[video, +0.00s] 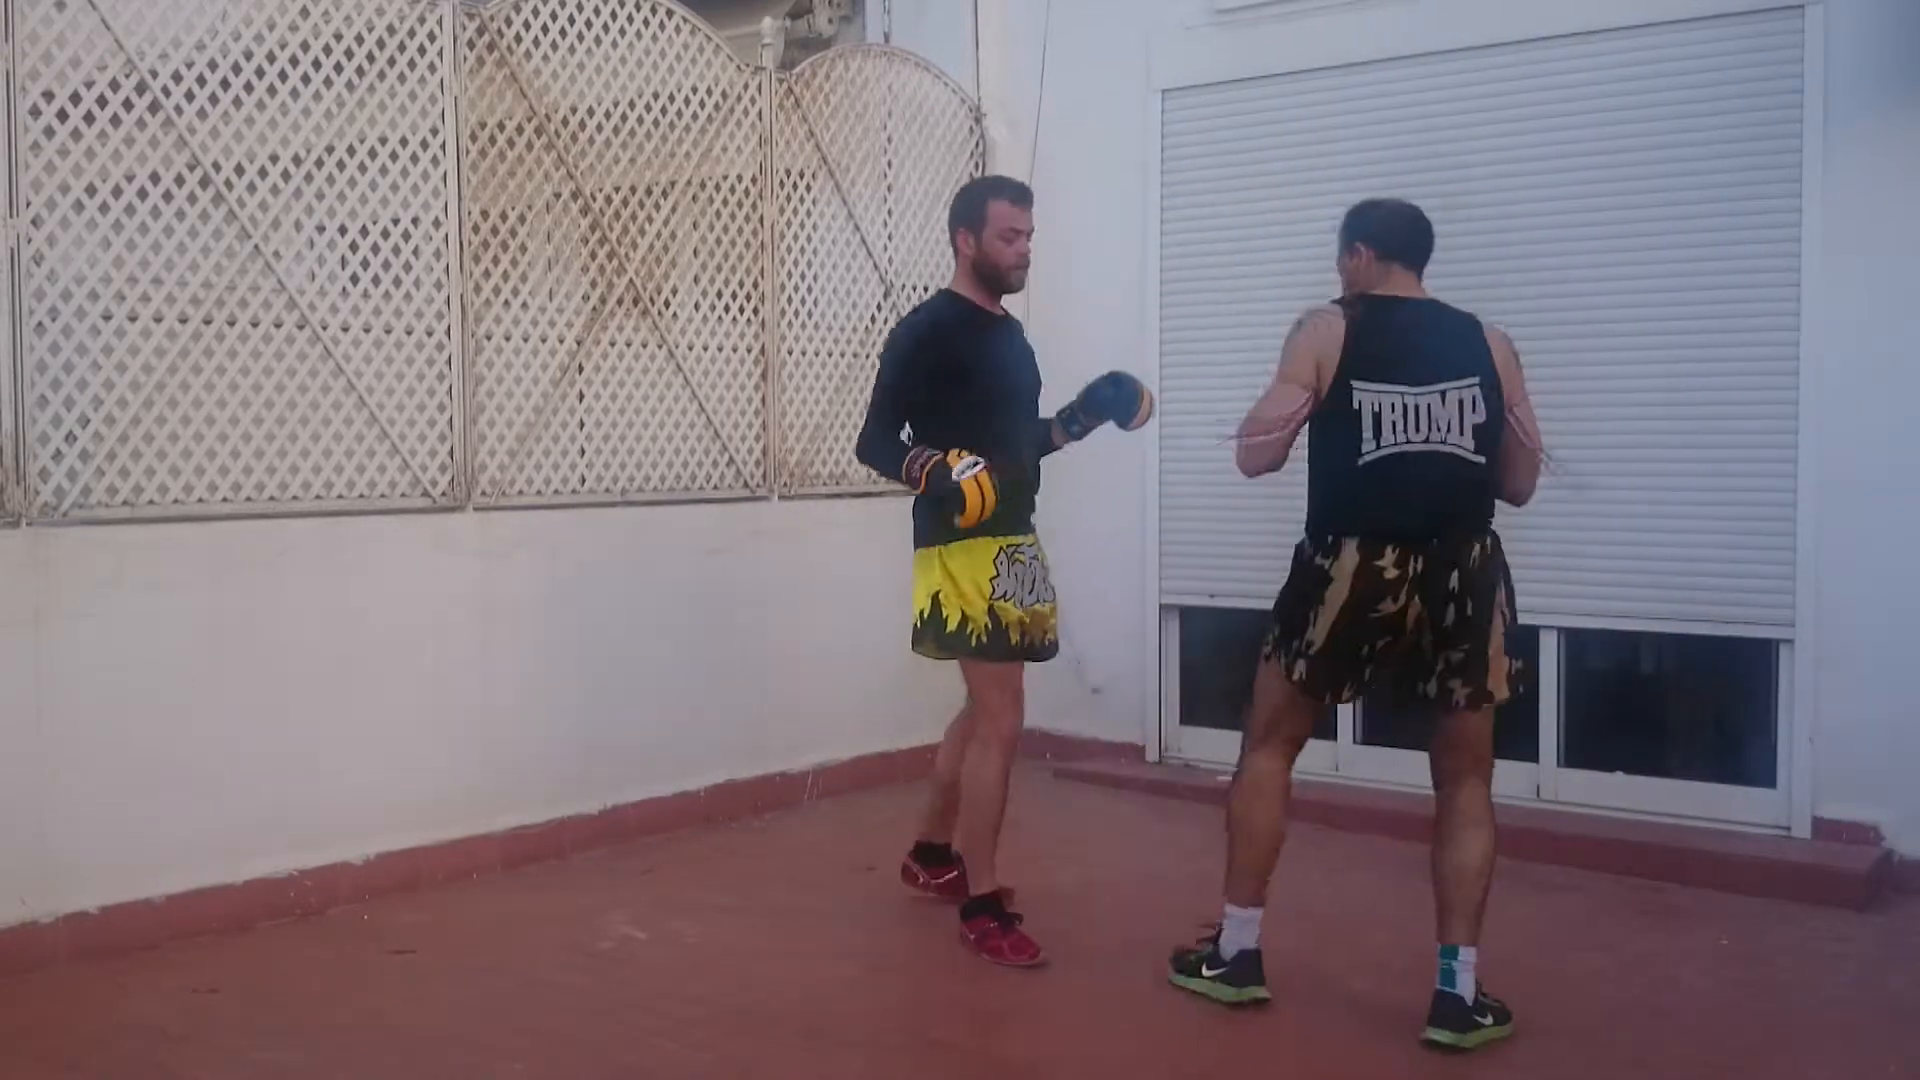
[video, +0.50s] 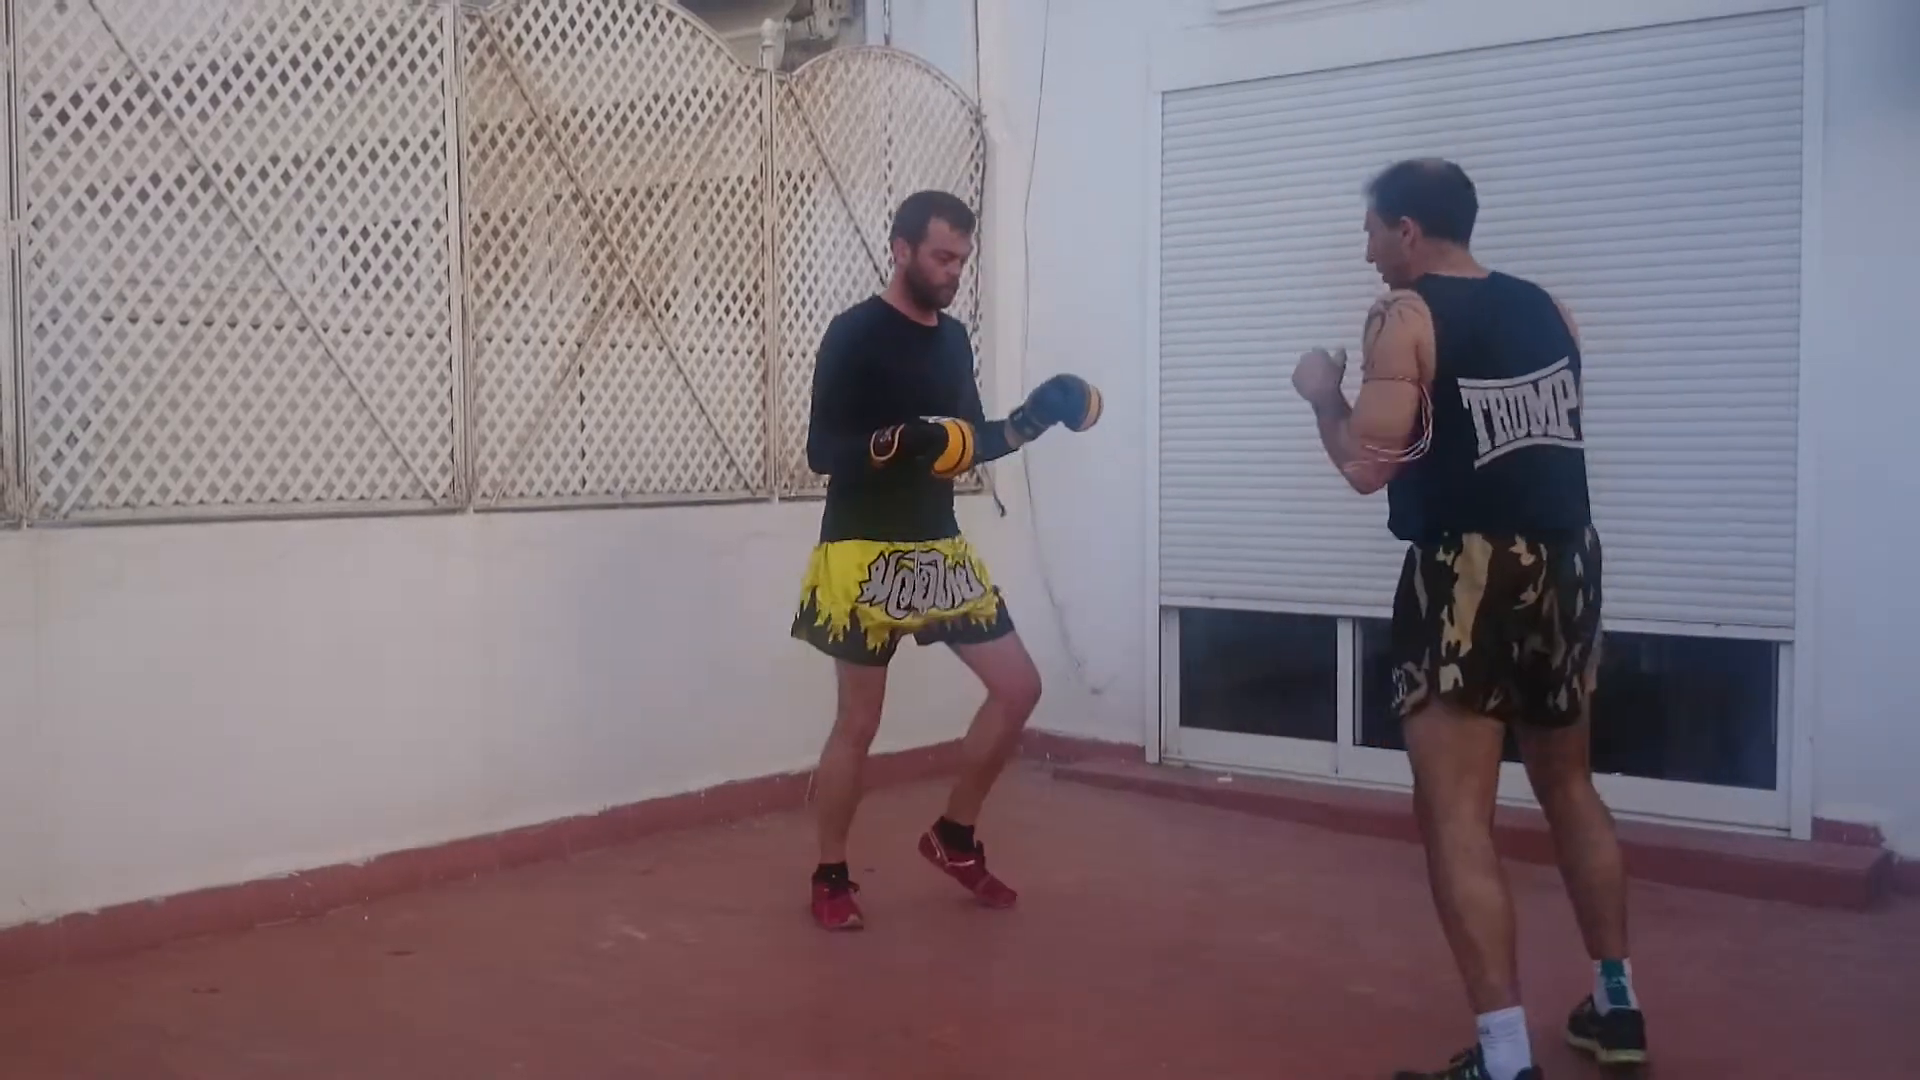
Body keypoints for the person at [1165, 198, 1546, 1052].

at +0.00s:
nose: (1338, 272)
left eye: (1340, 258)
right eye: (1340, 259)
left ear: (1362, 256)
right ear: (1424, 262)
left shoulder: (1327, 329)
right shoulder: (1489, 343)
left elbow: (1256, 454)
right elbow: (1520, 483)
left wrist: (1312, 394)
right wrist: (1471, 413)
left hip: (1348, 570)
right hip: (1464, 577)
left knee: (1271, 749)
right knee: (1466, 782)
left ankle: (1236, 952)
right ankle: (1457, 994)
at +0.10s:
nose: (1338, 245)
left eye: (1340, 232)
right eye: (1338, 232)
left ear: (1366, 220)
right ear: (1423, 221)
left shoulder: (1354, 294)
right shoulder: (1505, 302)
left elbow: (1300, 429)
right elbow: (1537, 440)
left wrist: (1323, 339)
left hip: (1384, 544)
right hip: (1493, 549)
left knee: (1313, 742)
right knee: (1475, 767)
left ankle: (1342, 965)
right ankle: (1473, 984)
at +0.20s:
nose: (1339, 221)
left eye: (1342, 206)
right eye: (1339, 207)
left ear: (1373, 201)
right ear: (1430, 198)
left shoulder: (1368, 276)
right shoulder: (1513, 273)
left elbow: (1322, 415)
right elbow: (1549, 406)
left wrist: (1305, 345)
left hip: (1404, 531)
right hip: (1512, 530)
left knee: (1369, 764)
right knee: (1507, 757)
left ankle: (1435, 984)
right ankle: (1525, 973)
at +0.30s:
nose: (1348, 245)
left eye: (1352, 230)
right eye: (1349, 230)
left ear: (1384, 229)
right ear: (1438, 228)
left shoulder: (1374, 312)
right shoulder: (1521, 299)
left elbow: (1320, 449)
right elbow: (1561, 423)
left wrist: (1300, 374)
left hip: (1427, 572)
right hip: (1534, 567)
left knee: (1429, 816)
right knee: (1537, 782)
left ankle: (1495, 1048)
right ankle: (1593, 997)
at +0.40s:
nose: (1351, 263)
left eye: (1356, 248)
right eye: (1352, 248)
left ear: (1391, 250)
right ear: (1441, 249)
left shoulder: (1401, 343)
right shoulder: (1527, 322)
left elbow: (1337, 486)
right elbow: (1569, 442)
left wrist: (1302, 425)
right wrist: (1444, 421)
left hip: (1449, 595)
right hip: (1553, 590)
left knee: (1421, 830)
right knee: (1555, 793)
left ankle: (1501, 1058)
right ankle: (1619, 1007)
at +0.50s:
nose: (1369, 246)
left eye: (1372, 229)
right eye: (1368, 230)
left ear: (1408, 231)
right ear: (1460, 231)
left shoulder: (1408, 317)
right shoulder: (1543, 307)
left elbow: (1368, 463)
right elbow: (1536, 419)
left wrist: (1320, 392)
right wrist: (1422, 380)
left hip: (1461, 578)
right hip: (1565, 573)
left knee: (1459, 822)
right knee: (1569, 783)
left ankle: (1504, 1054)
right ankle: (1617, 1001)